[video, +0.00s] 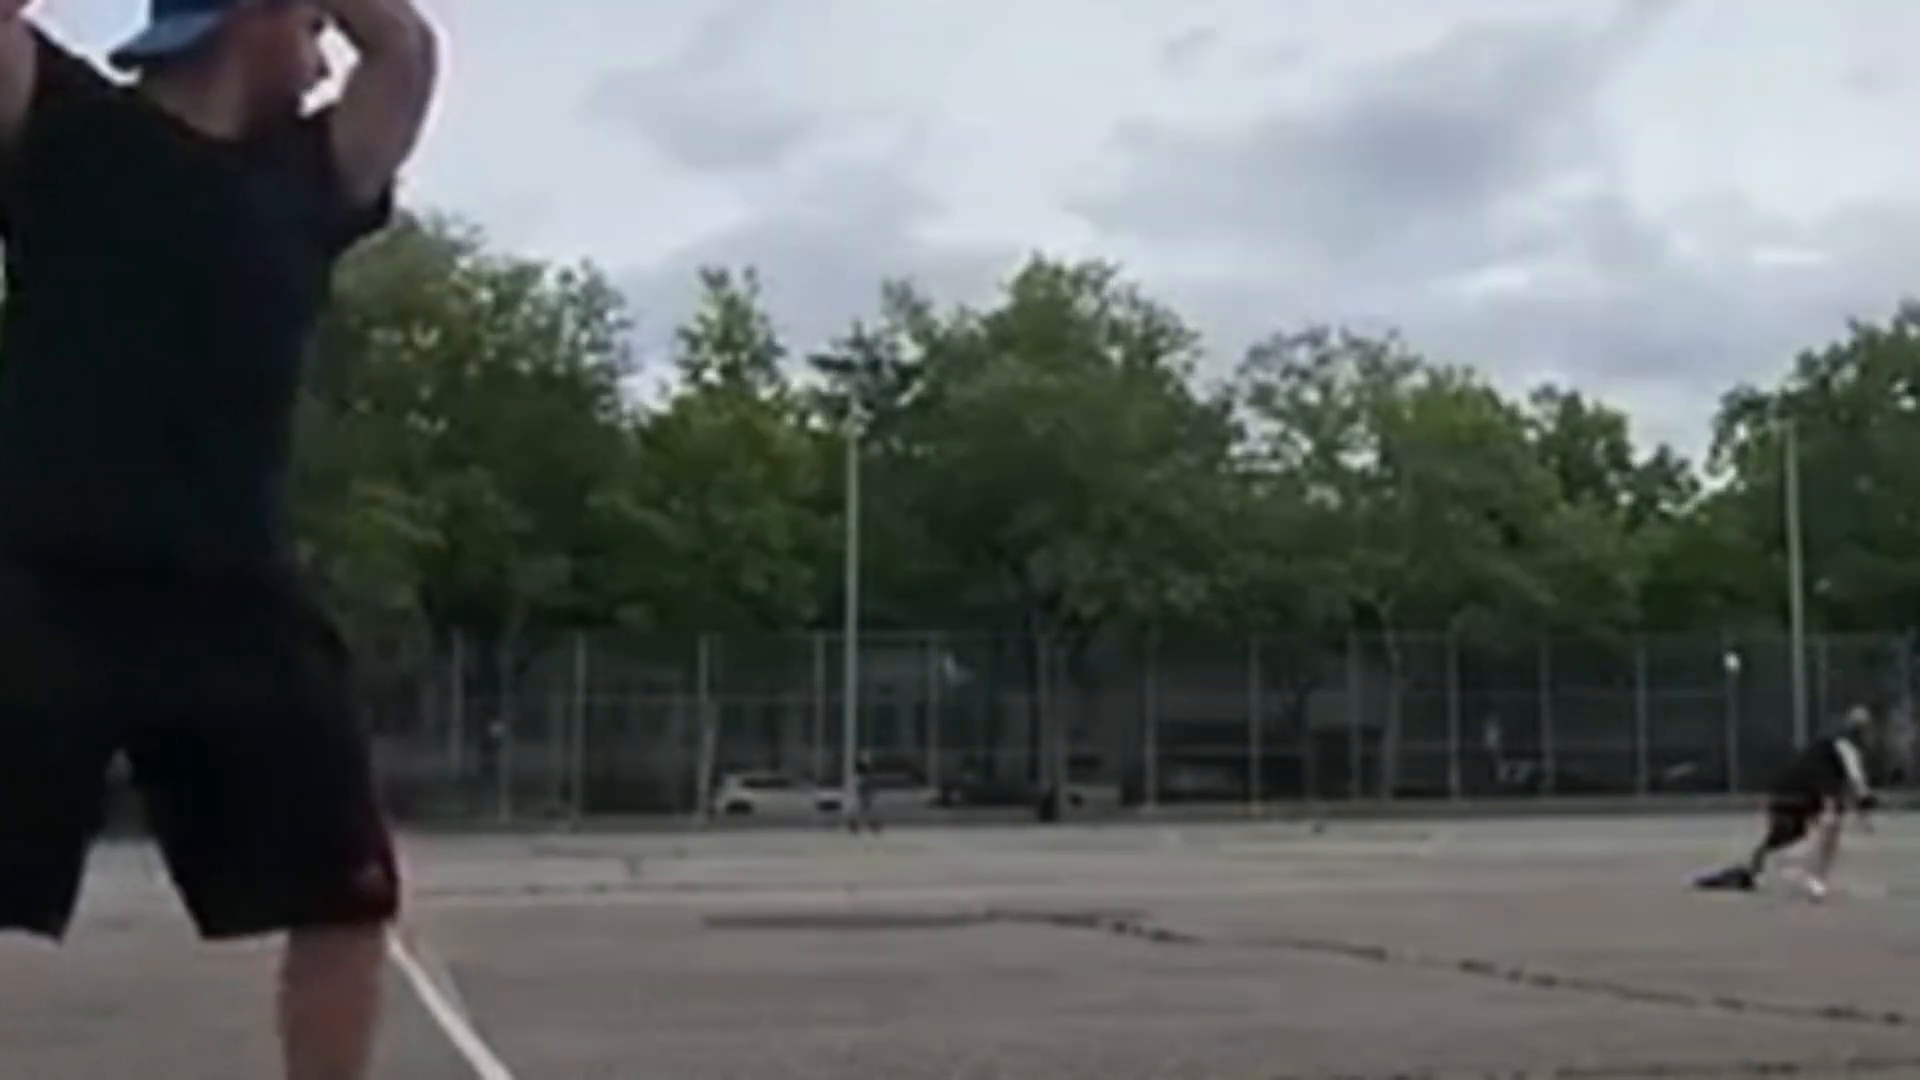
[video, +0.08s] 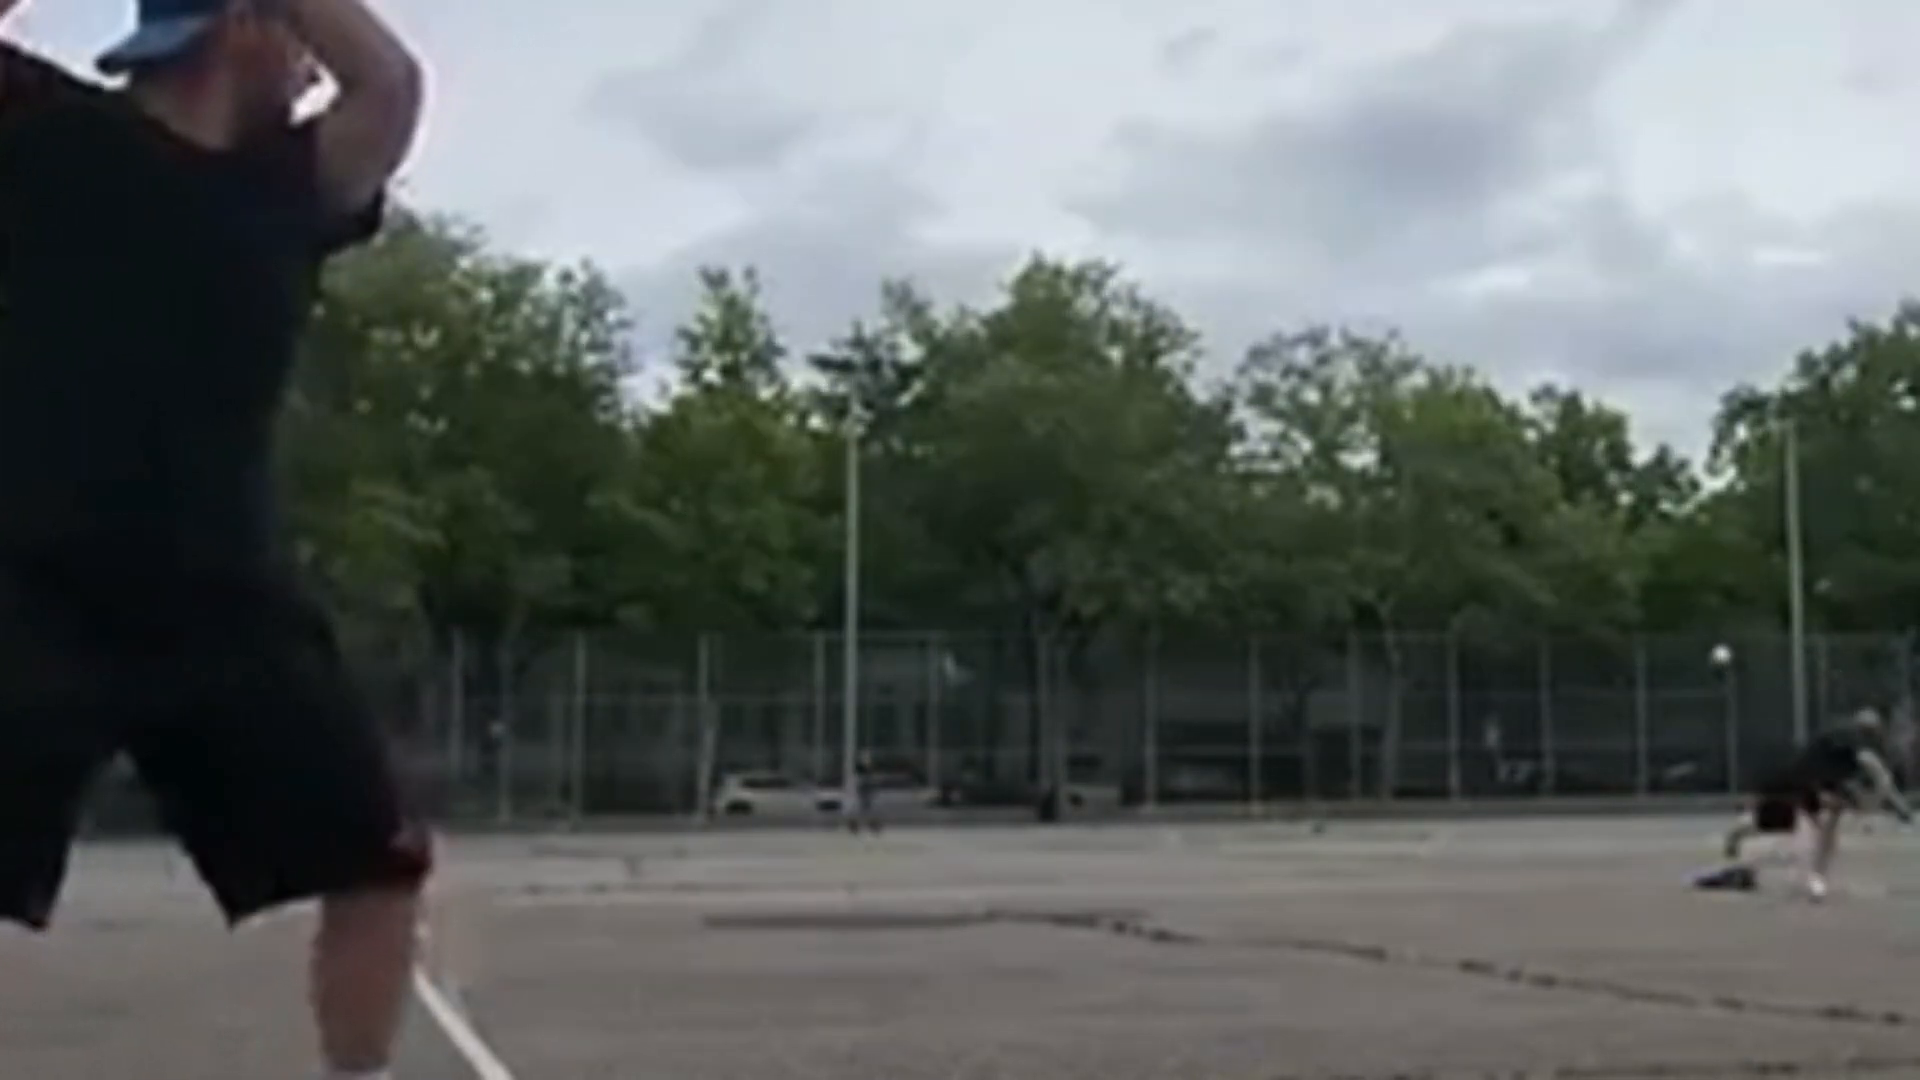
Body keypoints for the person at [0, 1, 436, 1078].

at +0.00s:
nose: (319, 48)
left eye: (323, 27)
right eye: (305, 20)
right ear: (247, 19)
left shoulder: (305, 180)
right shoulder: (67, 122)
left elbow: (408, 52)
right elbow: (3, 21)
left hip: (233, 586)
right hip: (48, 579)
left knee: (345, 900)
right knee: (4, 895)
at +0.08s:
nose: (295, 51)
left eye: (297, 34)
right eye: (282, 27)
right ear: (231, 33)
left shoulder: (283, 193)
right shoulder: (48, 128)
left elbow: (389, 86)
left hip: (217, 586)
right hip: (41, 581)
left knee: (380, 864)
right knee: (6, 882)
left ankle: (354, 1066)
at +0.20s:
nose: (323, 106)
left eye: (323, 81)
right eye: (305, 77)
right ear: (224, 72)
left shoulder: (304, 238)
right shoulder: (38, 173)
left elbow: (297, 218)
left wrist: (114, 47)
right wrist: (18, 28)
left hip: (221, 624)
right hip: (42, 625)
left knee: (413, 855)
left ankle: (441, 1060)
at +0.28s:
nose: (341, 161)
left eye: (342, 136)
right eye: (325, 131)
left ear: (259, 130)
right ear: (242, 127)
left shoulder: (325, 276)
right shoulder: (49, 237)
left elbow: (253, 351)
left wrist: (69, 185)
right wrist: (19, 129)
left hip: (238, 671)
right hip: (51, 669)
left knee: (423, 901)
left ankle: (431, 1069)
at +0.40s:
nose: (339, 212)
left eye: (344, 187)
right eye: (319, 182)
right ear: (224, 166)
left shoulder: (335, 332)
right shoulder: (61, 286)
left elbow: (293, 483)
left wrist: (113, 369)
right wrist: (12, 292)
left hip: (245, 683)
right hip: (59, 689)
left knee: (439, 913)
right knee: (5, 937)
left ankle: (445, 1070)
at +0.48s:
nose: (294, 192)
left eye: (312, 167)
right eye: (269, 157)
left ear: (325, 172)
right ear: (181, 140)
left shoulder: (328, 330)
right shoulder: (43, 284)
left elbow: (335, 535)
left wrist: (184, 514)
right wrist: (26, 436)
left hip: (227, 665)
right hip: (43, 663)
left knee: (417, 913)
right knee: (6, 921)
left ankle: (435, 1067)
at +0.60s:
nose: (248, 117)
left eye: (272, 97)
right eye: (220, 82)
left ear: (291, 120)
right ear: (142, 81)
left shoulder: (303, 285)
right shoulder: (22, 230)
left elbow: (340, 495)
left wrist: (235, 540)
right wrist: (54, 478)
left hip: (207, 639)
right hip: (25, 635)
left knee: (361, 922)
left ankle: (412, 1075)